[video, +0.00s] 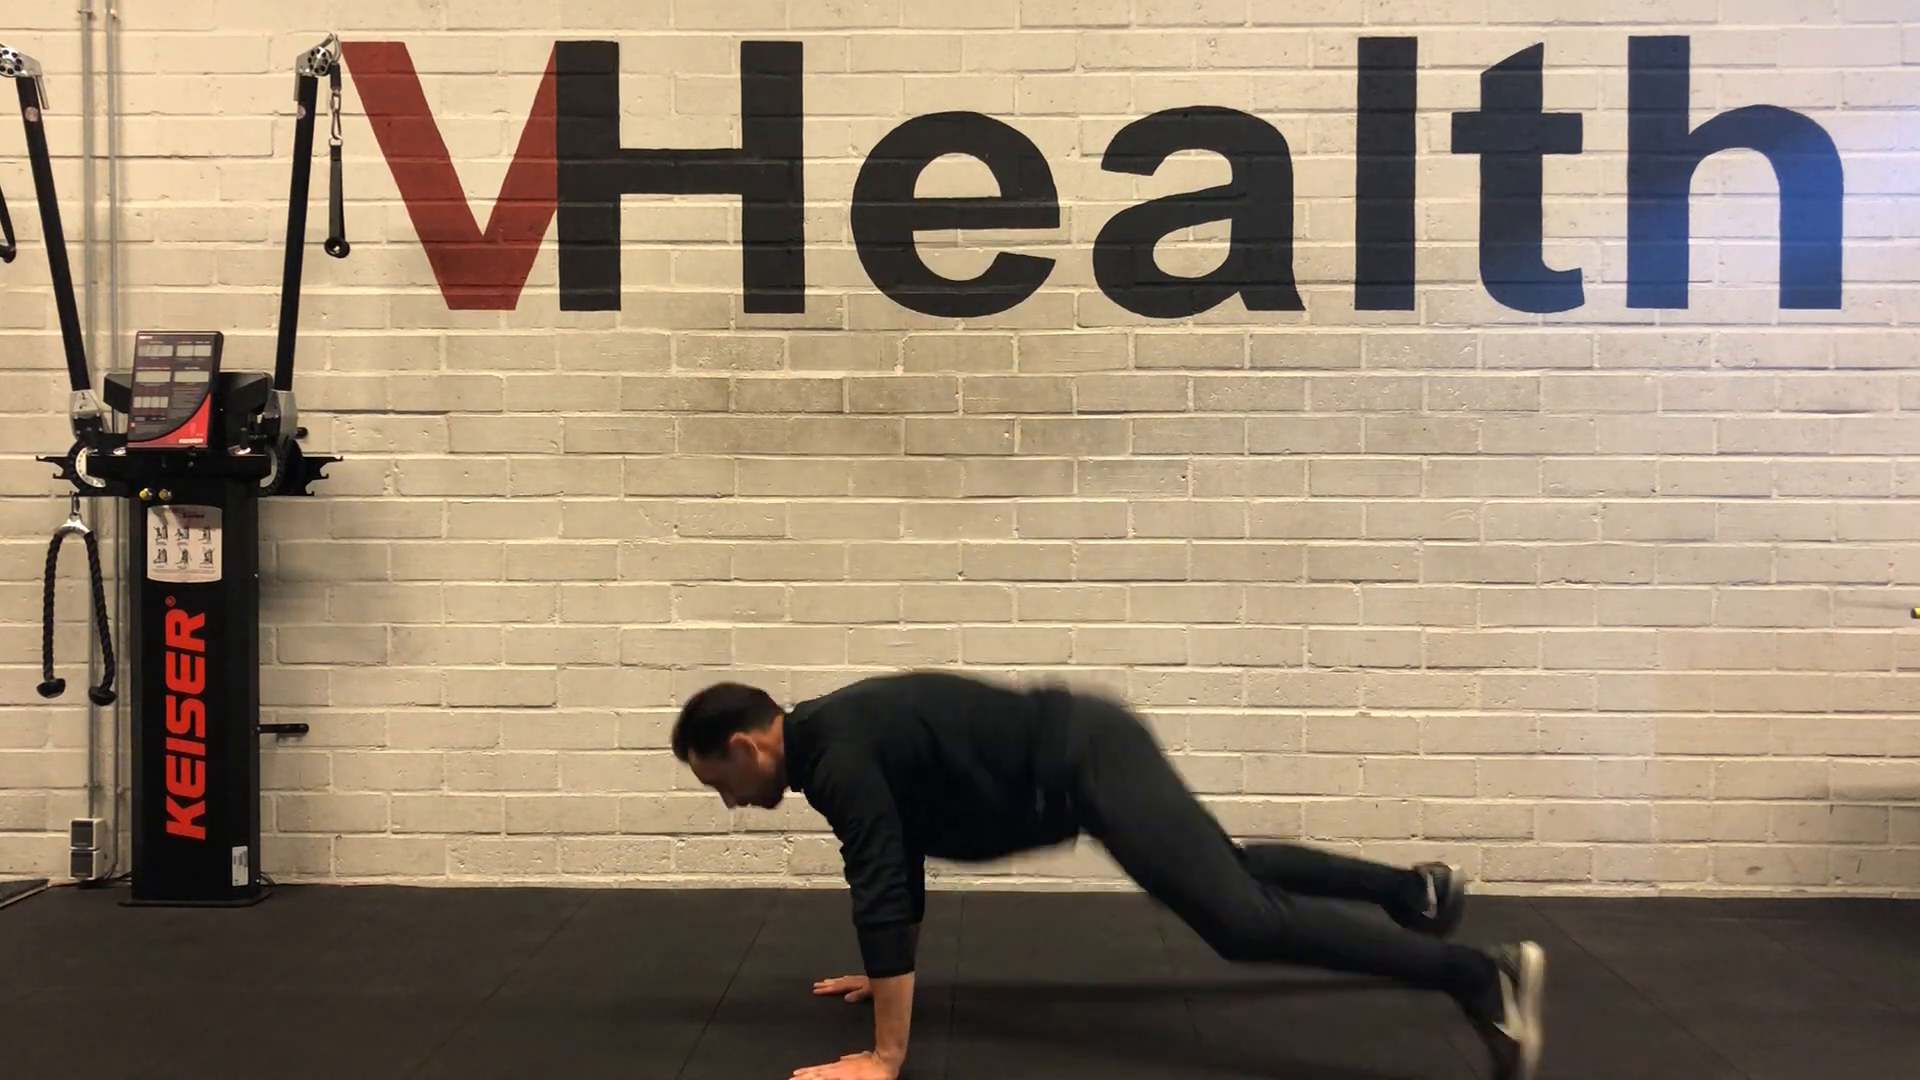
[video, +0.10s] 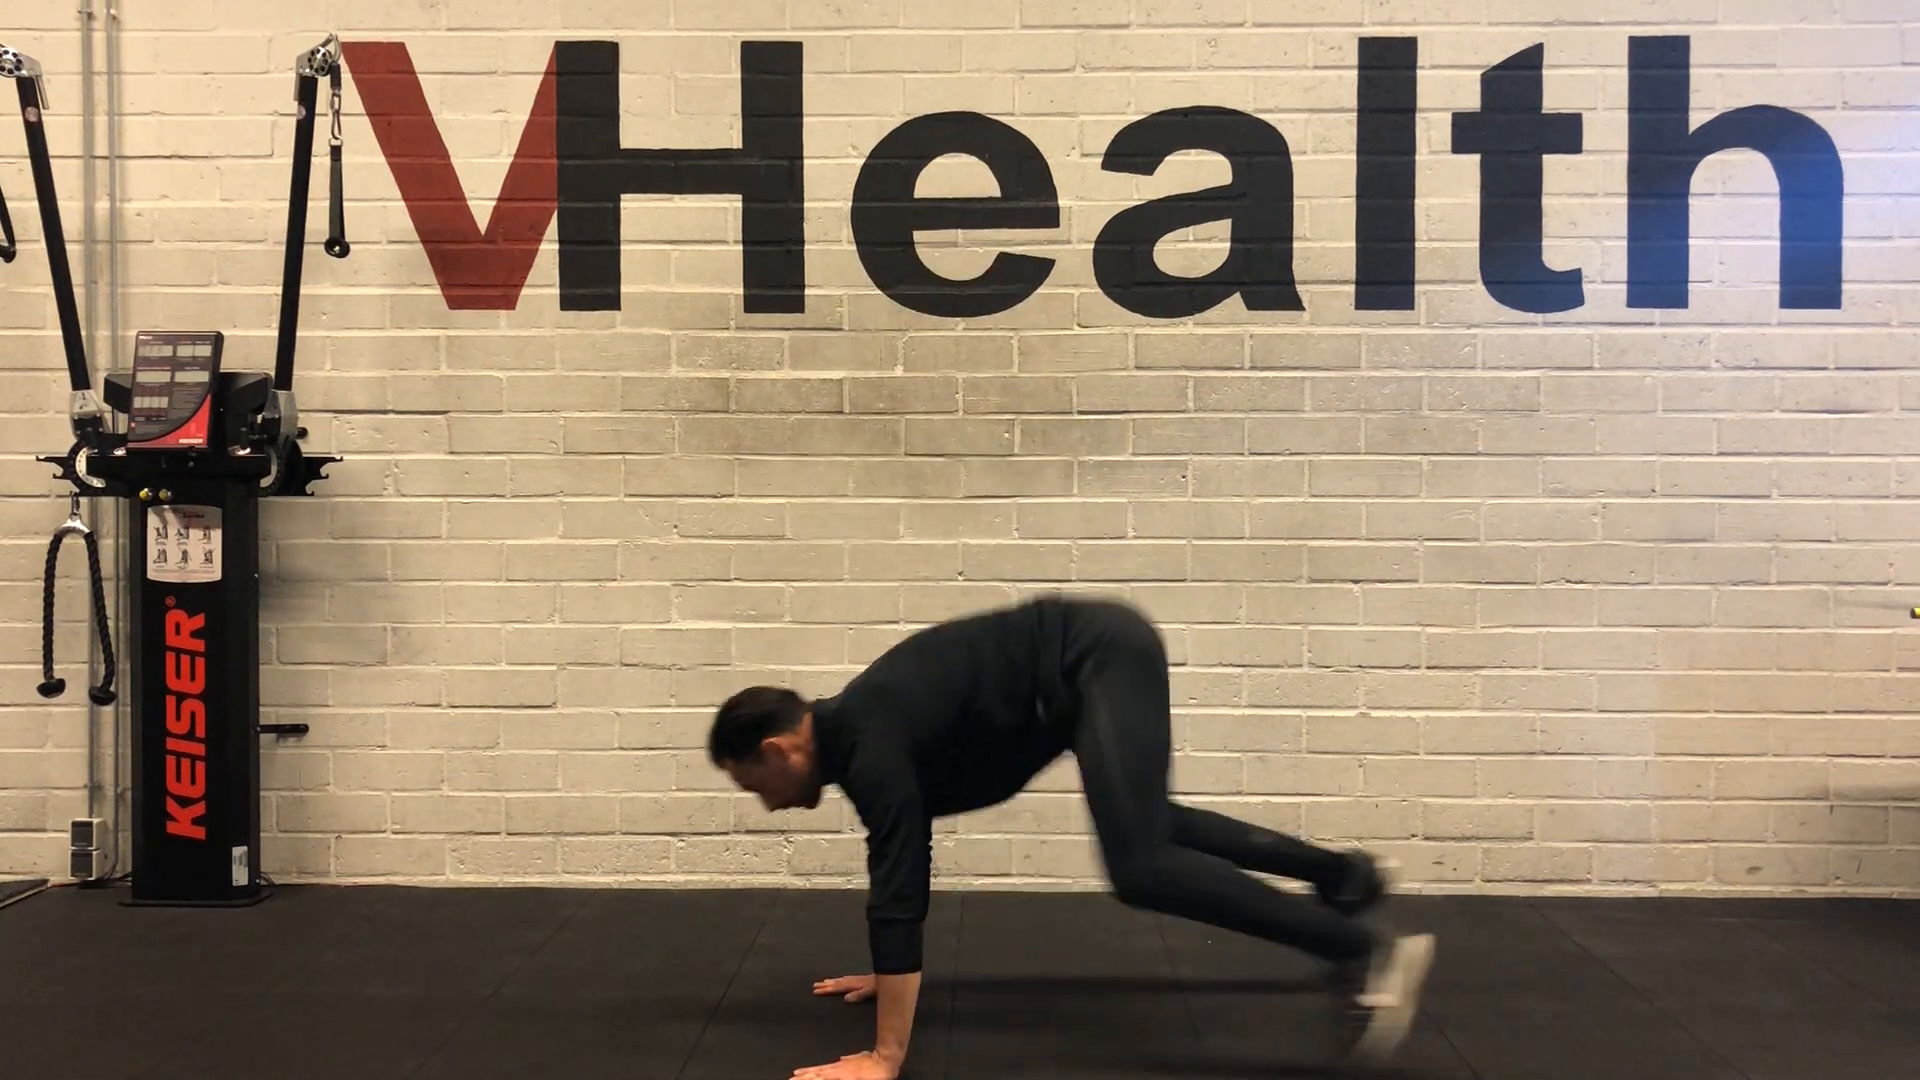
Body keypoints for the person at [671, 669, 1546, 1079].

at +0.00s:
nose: (719, 795)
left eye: (716, 778)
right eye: (711, 783)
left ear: (750, 744)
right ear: (754, 732)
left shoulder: (839, 754)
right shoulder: (827, 737)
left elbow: (888, 898)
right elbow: (888, 873)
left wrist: (886, 1052)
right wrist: (877, 974)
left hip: (1092, 756)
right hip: (1087, 756)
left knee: (1246, 924)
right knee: (1232, 875)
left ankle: (1482, 974)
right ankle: (1414, 893)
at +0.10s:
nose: (761, 799)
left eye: (755, 783)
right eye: (750, 787)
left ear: (782, 746)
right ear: (785, 735)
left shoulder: (874, 745)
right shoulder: (858, 728)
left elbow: (901, 899)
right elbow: (900, 876)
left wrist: (888, 1055)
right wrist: (884, 973)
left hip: (1106, 656)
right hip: (1091, 664)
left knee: (1140, 869)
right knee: (1148, 830)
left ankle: (1367, 952)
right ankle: (1341, 874)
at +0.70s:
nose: (849, 362)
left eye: (859, 344)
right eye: (850, 344)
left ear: (907, 344)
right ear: (911, 345)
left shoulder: (957, 432)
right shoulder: (952, 420)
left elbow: (982, 587)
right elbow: (985, 581)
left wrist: (981, 726)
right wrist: (985, 720)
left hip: (1119, 616)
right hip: (1092, 613)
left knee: (1015, 795)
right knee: (1004, 781)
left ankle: (1074, 1019)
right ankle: (1060, 961)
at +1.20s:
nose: (961, 214)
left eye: (978, 201)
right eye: (967, 200)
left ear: (1028, 218)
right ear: (1026, 220)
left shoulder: (1035, 314)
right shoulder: (1034, 305)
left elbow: (1048, 465)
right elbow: (1086, 442)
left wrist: (1016, 601)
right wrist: (1023, 575)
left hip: (1034, 587)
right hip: (1033, 579)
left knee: (1051, 792)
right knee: (1047, 785)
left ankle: (1075, 1017)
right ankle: (1064, 957)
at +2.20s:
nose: (989, 219)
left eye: (1003, 206)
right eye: (993, 204)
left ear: (1052, 217)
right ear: (1050, 217)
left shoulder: (1069, 321)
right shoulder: (1049, 311)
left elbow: (1057, 476)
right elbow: (1047, 469)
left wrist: (1000, 596)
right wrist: (1000, 589)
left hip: (1050, 585)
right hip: (1038, 580)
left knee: (1070, 793)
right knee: (1060, 784)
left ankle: (1075, 1017)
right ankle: (1067, 953)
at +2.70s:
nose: (991, 224)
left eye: (1004, 209)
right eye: (994, 208)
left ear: (1055, 217)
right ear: (1052, 218)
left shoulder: (1075, 321)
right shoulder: (1054, 312)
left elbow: (1068, 474)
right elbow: (1053, 467)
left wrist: (1013, 597)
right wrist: (1008, 589)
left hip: (1056, 585)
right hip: (1042, 580)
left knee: (1072, 794)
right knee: (1062, 784)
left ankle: (1075, 1018)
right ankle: (1069, 951)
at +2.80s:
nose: (991, 224)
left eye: (1005, 209)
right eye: (994, 208)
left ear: (1055, 218)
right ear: (1052, 218)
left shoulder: (1075, 321)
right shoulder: (1055, 312)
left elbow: (1066, 474)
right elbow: (1055, 468)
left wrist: (1011, 597)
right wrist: (1010, 591)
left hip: (1056, 587)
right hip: (1044, 583)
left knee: (1073, 795)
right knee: (1062, 786)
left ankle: (1074, 1018)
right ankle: (1068, 953)